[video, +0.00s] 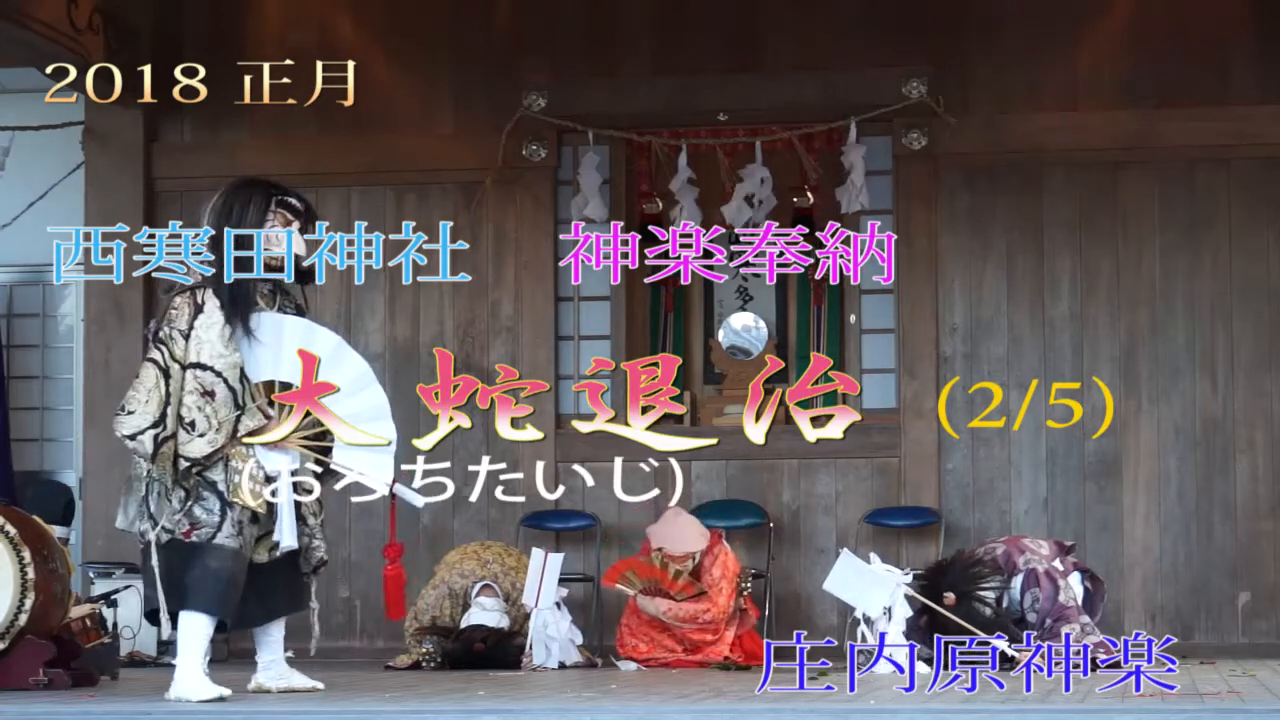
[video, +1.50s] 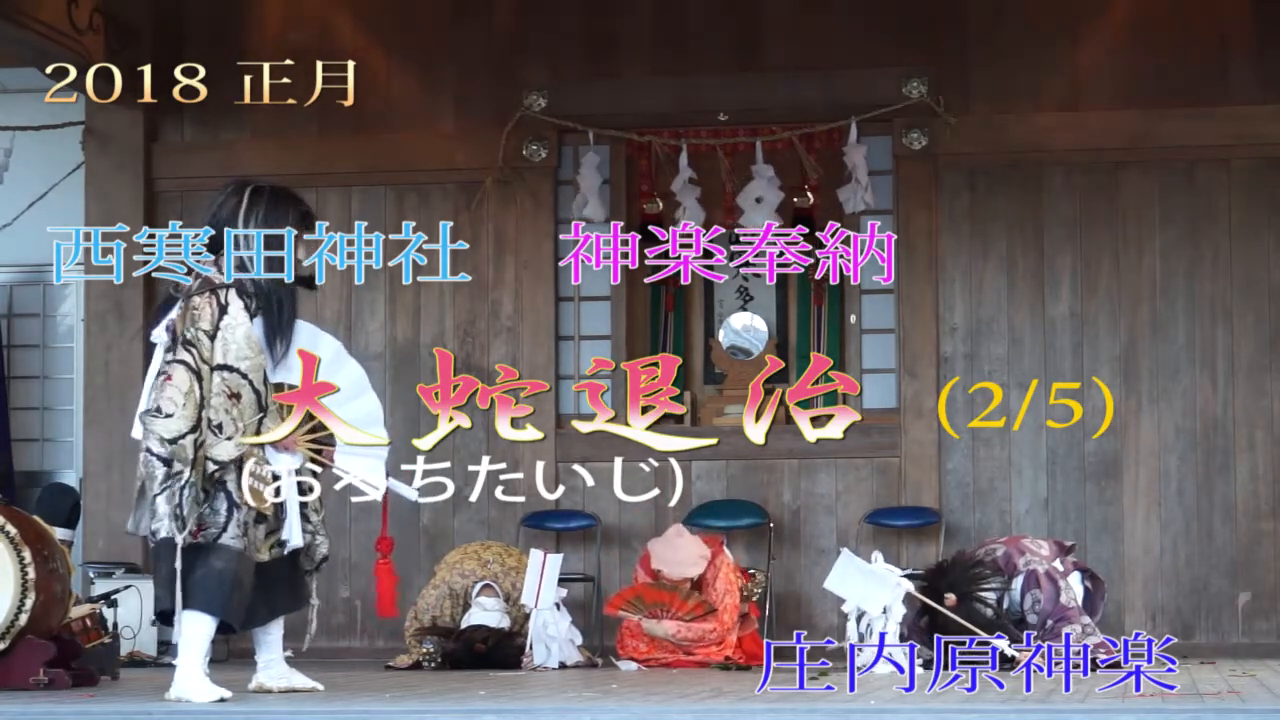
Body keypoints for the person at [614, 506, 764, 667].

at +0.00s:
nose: (678, 566)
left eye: (684, 559)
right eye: (671, 560)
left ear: (696, 551)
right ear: (661, 553)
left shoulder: (718, 555)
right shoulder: (651, 555)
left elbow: (716, 611)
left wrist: (659, 608)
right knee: (634, 618)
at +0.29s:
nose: (676, 576)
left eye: (682, 569)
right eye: (670, 568)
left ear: (695, 561)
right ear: (658, 558)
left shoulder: (719, 558)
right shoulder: (647, 558)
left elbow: (717, 619)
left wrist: (660, 616)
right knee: (631, 622)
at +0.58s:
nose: (677, 580)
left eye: (684, 573)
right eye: (671, 574)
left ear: (695, 565)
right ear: (658, 563)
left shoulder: (719, 561)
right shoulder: (646, 560)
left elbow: (718, 623)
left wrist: (661, 620)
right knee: (632, 640)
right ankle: (711, 653)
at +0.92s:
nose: (680, 582)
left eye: (685, 576)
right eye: (672, 577)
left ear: (696, 566)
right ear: (659, 566)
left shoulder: (719, 562)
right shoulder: (647, 562)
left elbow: (720, 625)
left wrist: (666, 625)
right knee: (631, 642)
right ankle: (712, 654)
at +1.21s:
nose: (680, 584)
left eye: (685, 578)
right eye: (673, 579)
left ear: (696, 569)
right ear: (659, 569)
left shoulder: (719, 564)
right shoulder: (646, 563)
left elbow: (719, 627)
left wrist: (665, 627)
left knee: (719, 647)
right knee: (631, 643)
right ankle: (710, 653)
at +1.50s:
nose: (680, 586)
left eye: (685, 580)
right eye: (673, 581)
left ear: (696, 570)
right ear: (659, 571)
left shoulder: (719, 566)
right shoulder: (645, 567)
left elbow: (720, 629)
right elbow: (630, 643)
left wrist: (667, 631)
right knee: (631, 643)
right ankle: (711, 655)